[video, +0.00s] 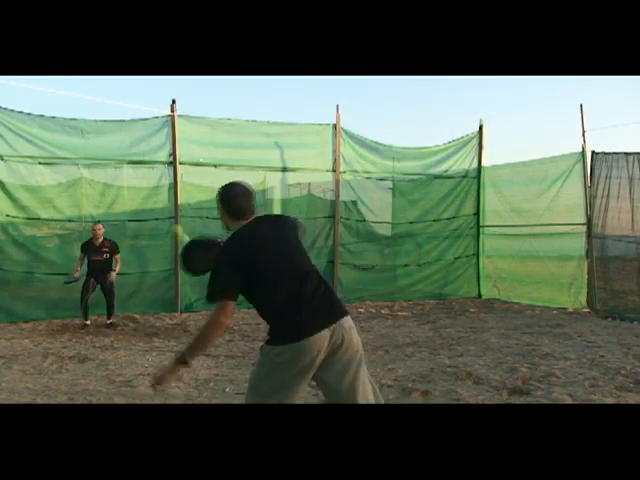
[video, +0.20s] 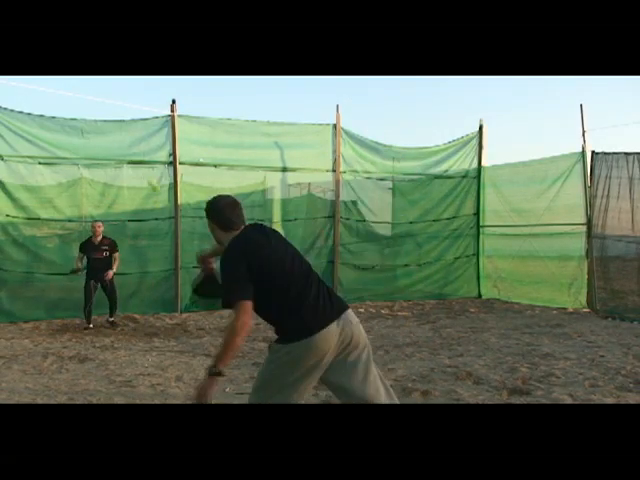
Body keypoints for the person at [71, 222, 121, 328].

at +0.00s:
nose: (97, 232)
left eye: (99, 229)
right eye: (94, 230)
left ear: (103, 230)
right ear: (92, 231)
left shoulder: (111, 245)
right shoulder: (86, 245)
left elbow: (118, 260)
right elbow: (81, 258)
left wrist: (115, 271)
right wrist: (77, 270)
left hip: (106, 275)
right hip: (92, 275)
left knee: (110, 298)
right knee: (84, 297)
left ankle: (109, 320)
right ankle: (86, 321)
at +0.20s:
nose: (96, 230)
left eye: (99, 227)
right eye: (94, 227)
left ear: (102, 228)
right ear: (91, 229)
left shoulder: (110, 243)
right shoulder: (85, 244)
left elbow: (116, 258)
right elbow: (80, 258)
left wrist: (113, 270)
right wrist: (79, 267)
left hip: (106, 274)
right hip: (91, 275)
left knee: (113, 298)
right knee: (88, 300)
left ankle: (111, 318)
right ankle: (88, 323)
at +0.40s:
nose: (100, 228)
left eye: (102, 225)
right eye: (97, 225)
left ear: (106, 227)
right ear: (94, 228)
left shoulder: (113, 242)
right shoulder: (89, 242)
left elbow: (118, 258)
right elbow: (80, 258)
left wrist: (115, 269)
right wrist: (80, 258)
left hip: (109, 274)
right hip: (94, 275)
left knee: (117, 299)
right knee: (90, 300)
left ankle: (122, 320)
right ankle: (89, 323)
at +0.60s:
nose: (105, 227)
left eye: (107, 224)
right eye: (103, 225)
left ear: (111, 226)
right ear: (100, 227)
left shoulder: (120, 242)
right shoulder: (95, 242)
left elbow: (125, 257)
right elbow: (85, 256)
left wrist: (125, 268)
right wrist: (86, 241)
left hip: (117, 274)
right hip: (102, 275)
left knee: (123, 299)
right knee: (94, 299)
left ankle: (125, 322)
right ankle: (90, 323)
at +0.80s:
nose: (109, 225)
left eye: (111, 223)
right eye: (107, 223)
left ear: (115, 225)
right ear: (104, 226)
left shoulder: (123, 240)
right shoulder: (101, 239)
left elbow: (130, 254)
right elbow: (94, 242)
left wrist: (133, 263)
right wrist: (92, 230)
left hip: (119, 273)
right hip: (105, 273)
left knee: (123, 298)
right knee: (96, 298)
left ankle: (125, 323)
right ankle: (92, 322)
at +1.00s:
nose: (112, 225)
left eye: (115, 223)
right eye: (110, 223)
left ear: (118, 225)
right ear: (107, 226)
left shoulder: (124, 240)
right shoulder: (101, 239)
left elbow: (129, 254)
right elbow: (100, 243)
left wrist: (131, 262)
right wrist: (101, 231)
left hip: (119, 273)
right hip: (104, 272)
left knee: (123, 298)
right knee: (96, 298)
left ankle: (126, 323)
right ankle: (91, 322)